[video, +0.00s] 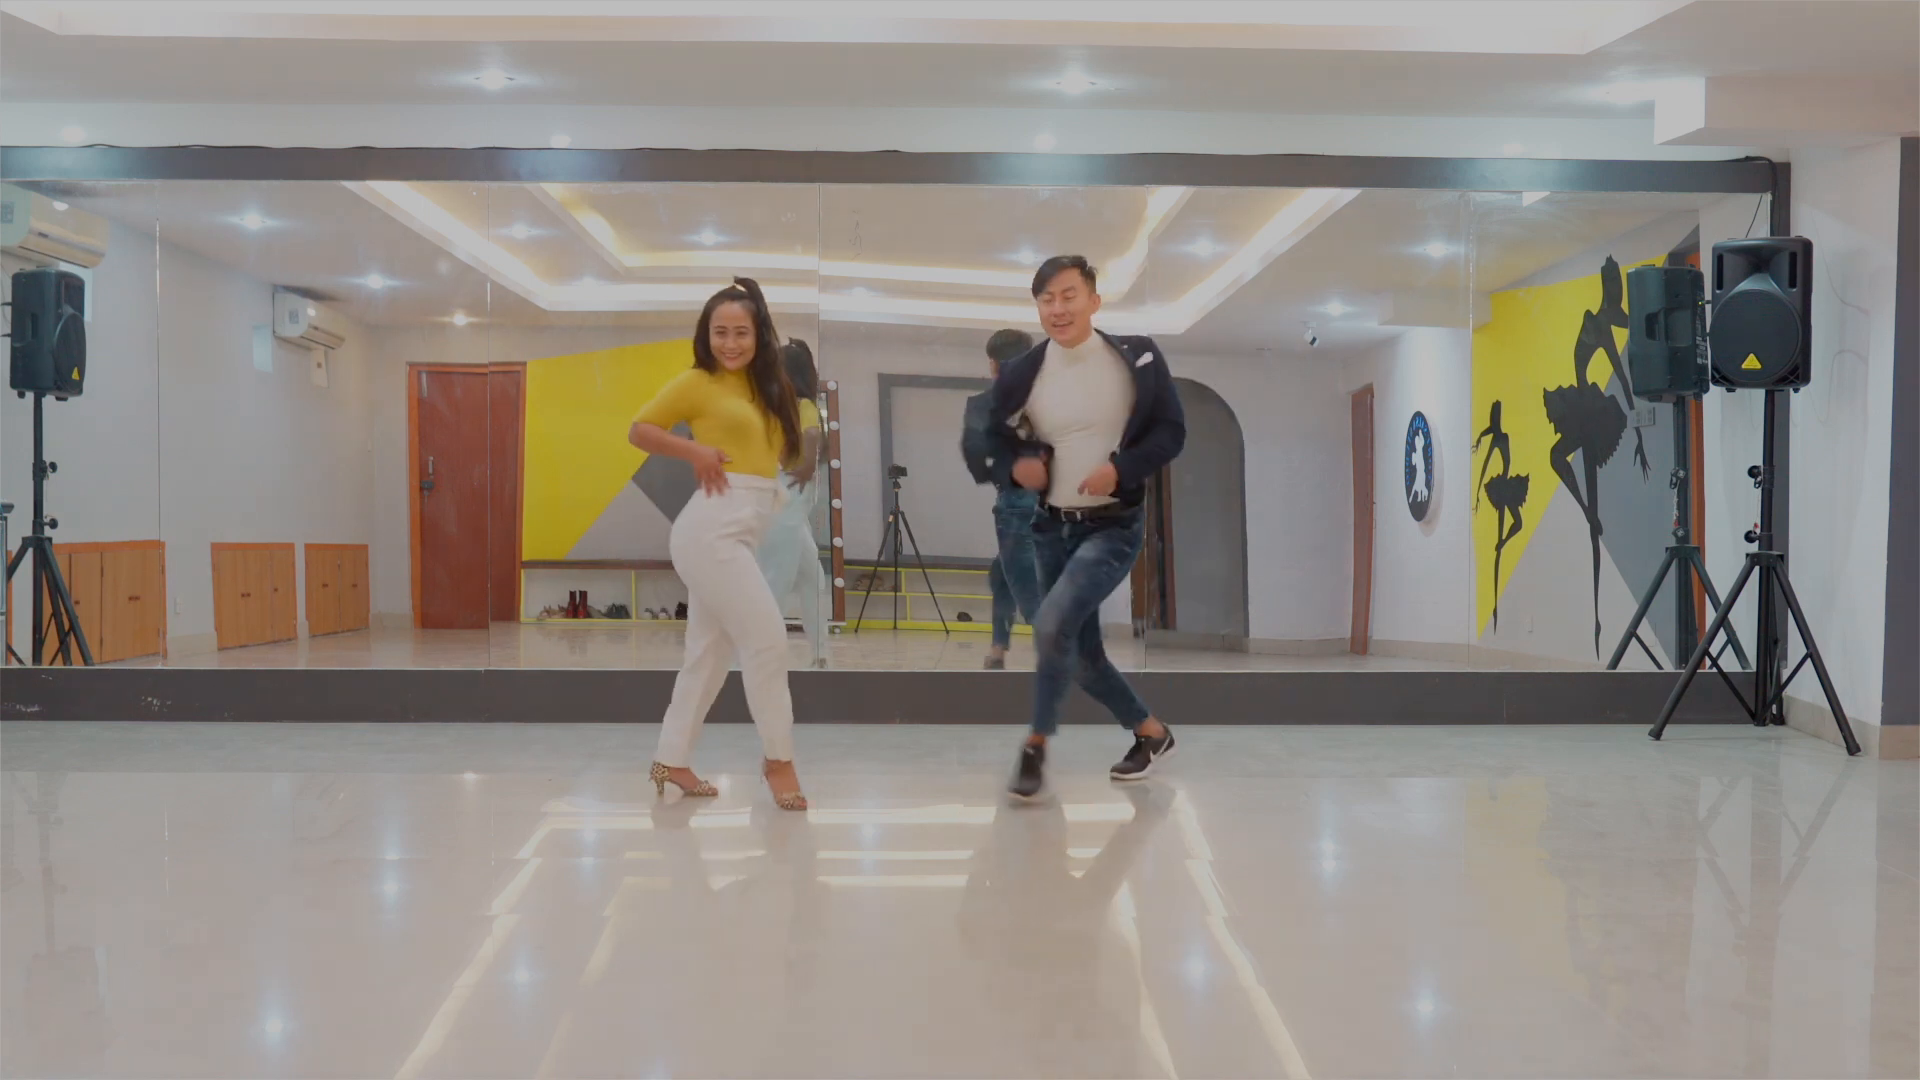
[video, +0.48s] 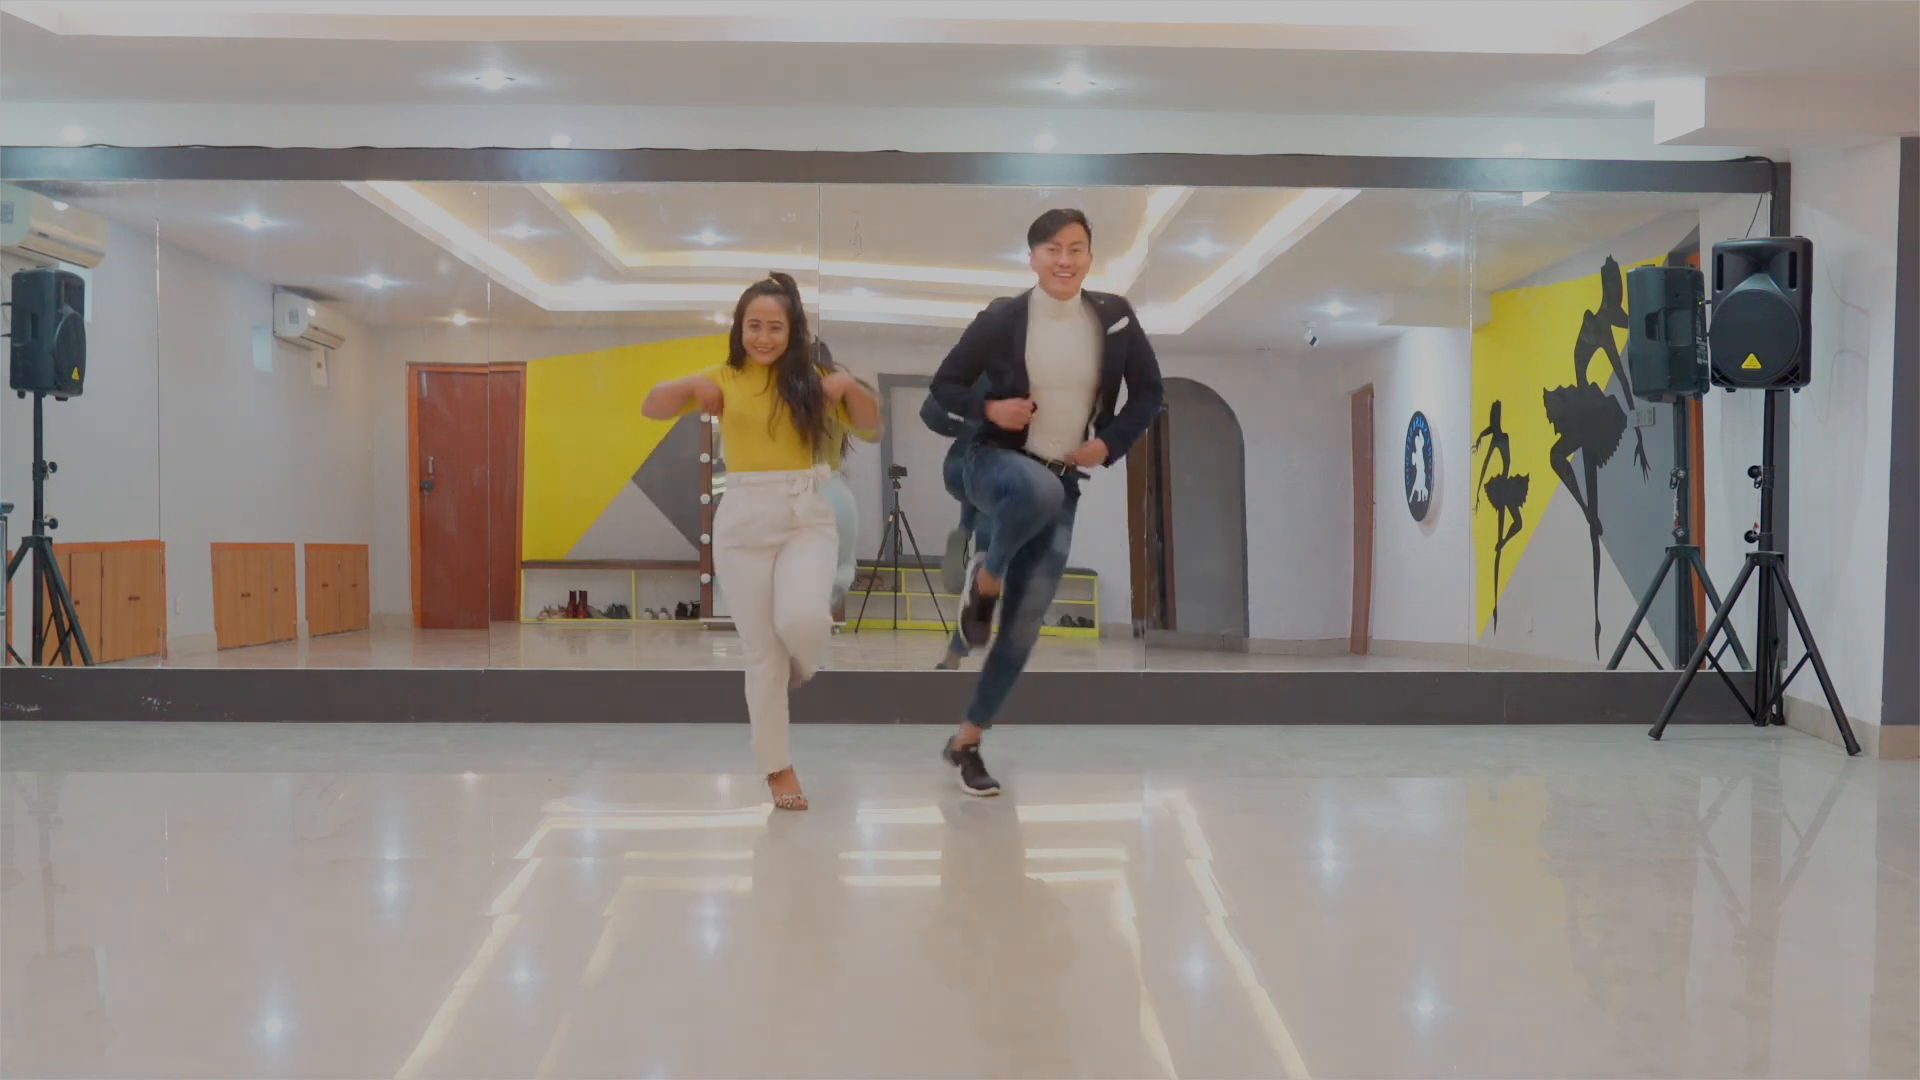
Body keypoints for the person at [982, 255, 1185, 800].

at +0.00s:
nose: (1058, 308)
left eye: (1069, 295)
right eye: (1047, 300)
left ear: (1094, 301)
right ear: (1037, 310)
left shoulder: (1137, 356)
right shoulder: (1024, 370)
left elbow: (1170, 433)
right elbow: (986, 439)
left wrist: (1121, 468)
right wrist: (1014, 462)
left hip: (1112, 523)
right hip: (1051, 527)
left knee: (1053, 620)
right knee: (1084, 656)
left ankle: (1034, 747)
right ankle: (1151, 731)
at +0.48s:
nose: (1065, 260)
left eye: (1076, 249)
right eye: (1054, 249)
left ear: (1091, 258)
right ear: (1033, 257)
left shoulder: (1114, 316)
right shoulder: (1002, 318)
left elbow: (1149, 392)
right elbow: (943, 391)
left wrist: (1108, 443)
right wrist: (988, 409)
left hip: (1061, 481)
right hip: (992, 457)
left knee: (1024, 622)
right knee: (1037, 490)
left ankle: (966, 741)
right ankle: (986, 585)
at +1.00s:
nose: (1084, 308)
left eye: (1092, 298)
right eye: (1072, 298)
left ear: (1102, 308)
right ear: (1046, 307)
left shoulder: (1109, 378)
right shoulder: (1024, 369)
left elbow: (1117, 458)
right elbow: (1006, 441)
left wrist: (1140, 479)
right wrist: (1072, 479)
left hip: (1069, 534)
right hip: (1010, 531)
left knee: (1085, 664)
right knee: (1071, 646)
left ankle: (985, 732)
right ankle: (1074, 759)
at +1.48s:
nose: (1083, 307)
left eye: (1093, 295)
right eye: (1071, 296)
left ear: (1107, 297)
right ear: (1050, 302)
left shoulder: (1133, 363)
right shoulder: (1018, 365)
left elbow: (1146, 447)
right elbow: (951, 435)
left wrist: (1101, 497)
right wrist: (986, 455)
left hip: (1110, 521)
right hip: (1050, 520)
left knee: (1096, 650)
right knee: (1105, 641)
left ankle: (994, 724)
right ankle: (1044, 756)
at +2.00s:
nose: (1186, 314)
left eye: (1197, 301)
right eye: (1173, 301)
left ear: (1210, 295)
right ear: (1153, 297)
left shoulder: (1230, 355)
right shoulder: (1119, 362)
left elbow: (1279, 428)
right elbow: (1088, 444)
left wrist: (1261, 402)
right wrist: (1144, 489)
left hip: (1248, 508)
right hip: (1186, 518)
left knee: (1262, 645)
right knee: (1225, 643)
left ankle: (1230, 753)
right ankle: (1181, 719)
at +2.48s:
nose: (1225, 308)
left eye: (1235, 297)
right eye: (1212, 298)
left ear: (1252, 304)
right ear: (1193, 309)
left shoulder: (1284, 355)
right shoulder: (1171, 381)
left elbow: (1315, 384)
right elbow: (1148, 475)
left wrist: (1319, 448)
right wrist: (1214, 454)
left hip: (1233, 524)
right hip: (1163, 506)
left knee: (1269, 655)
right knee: (1051, 521)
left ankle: (1258, 756)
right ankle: (1106, 630)